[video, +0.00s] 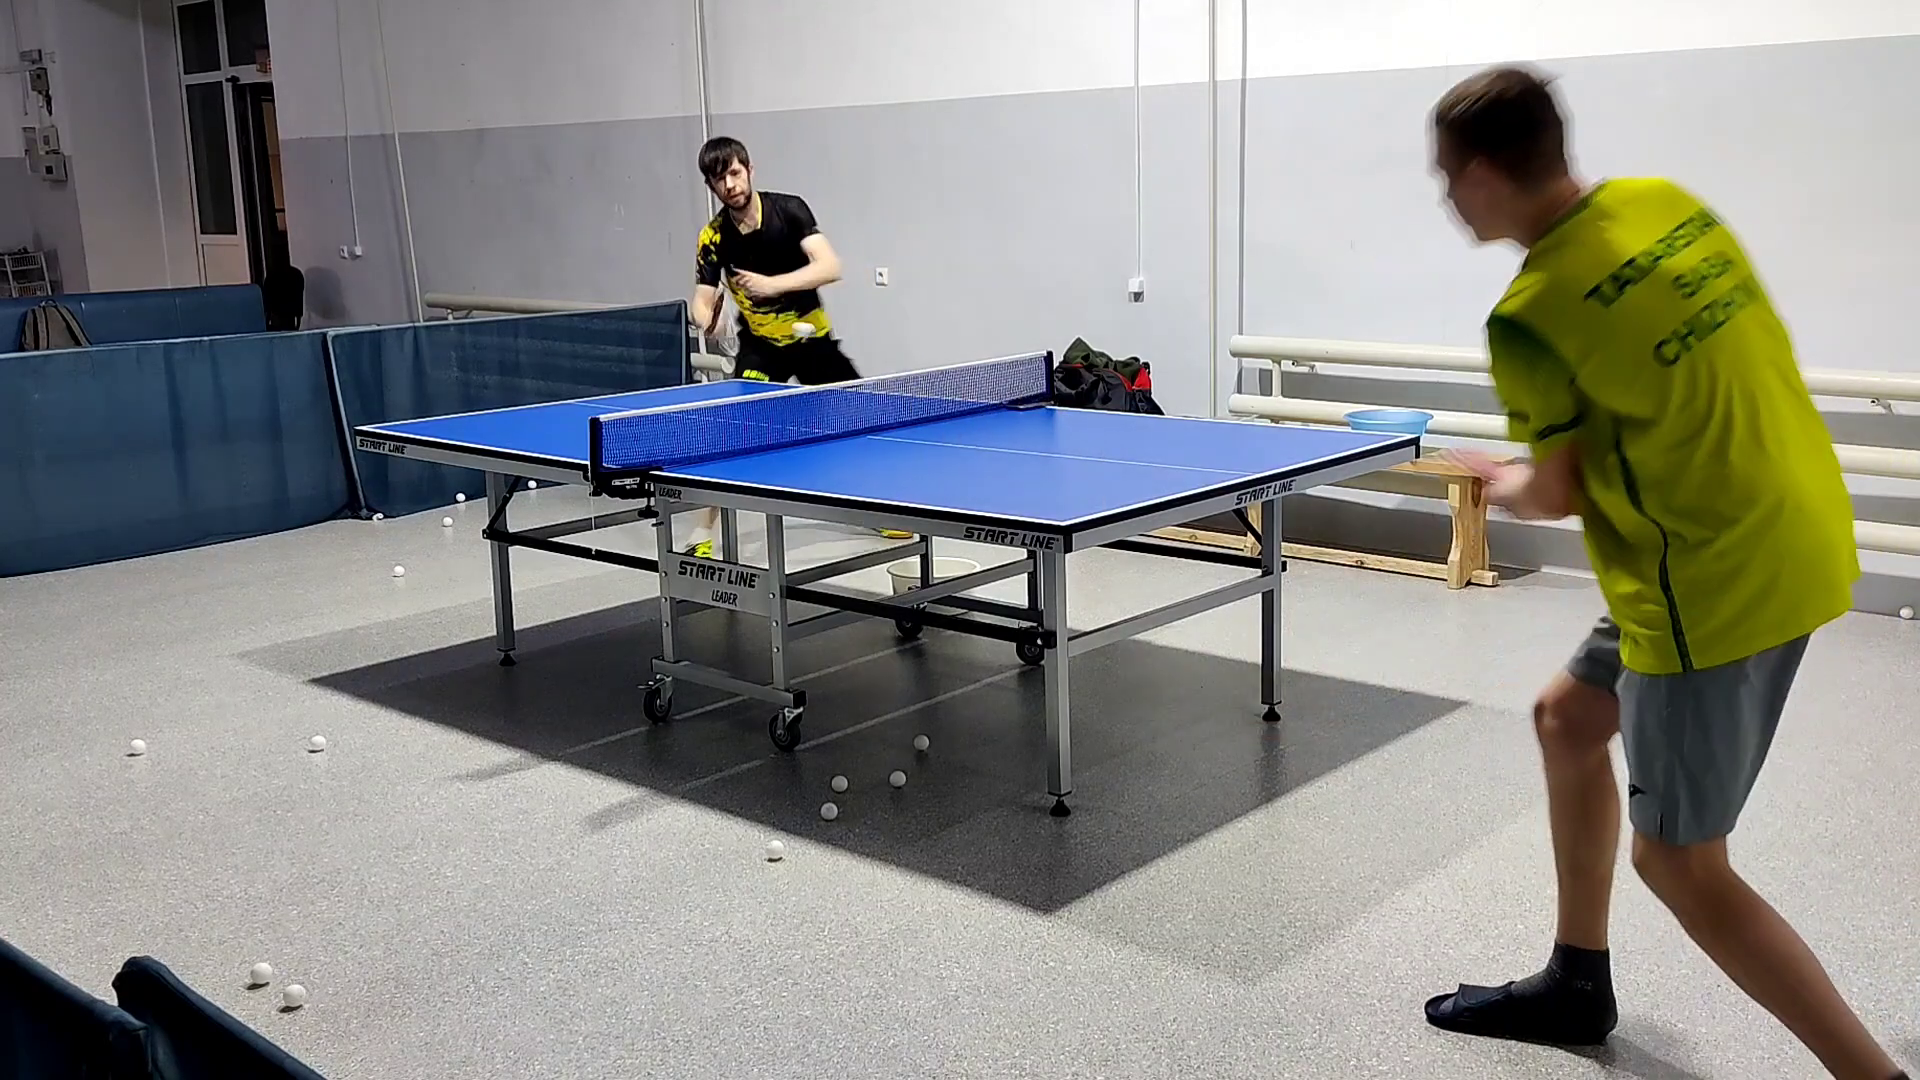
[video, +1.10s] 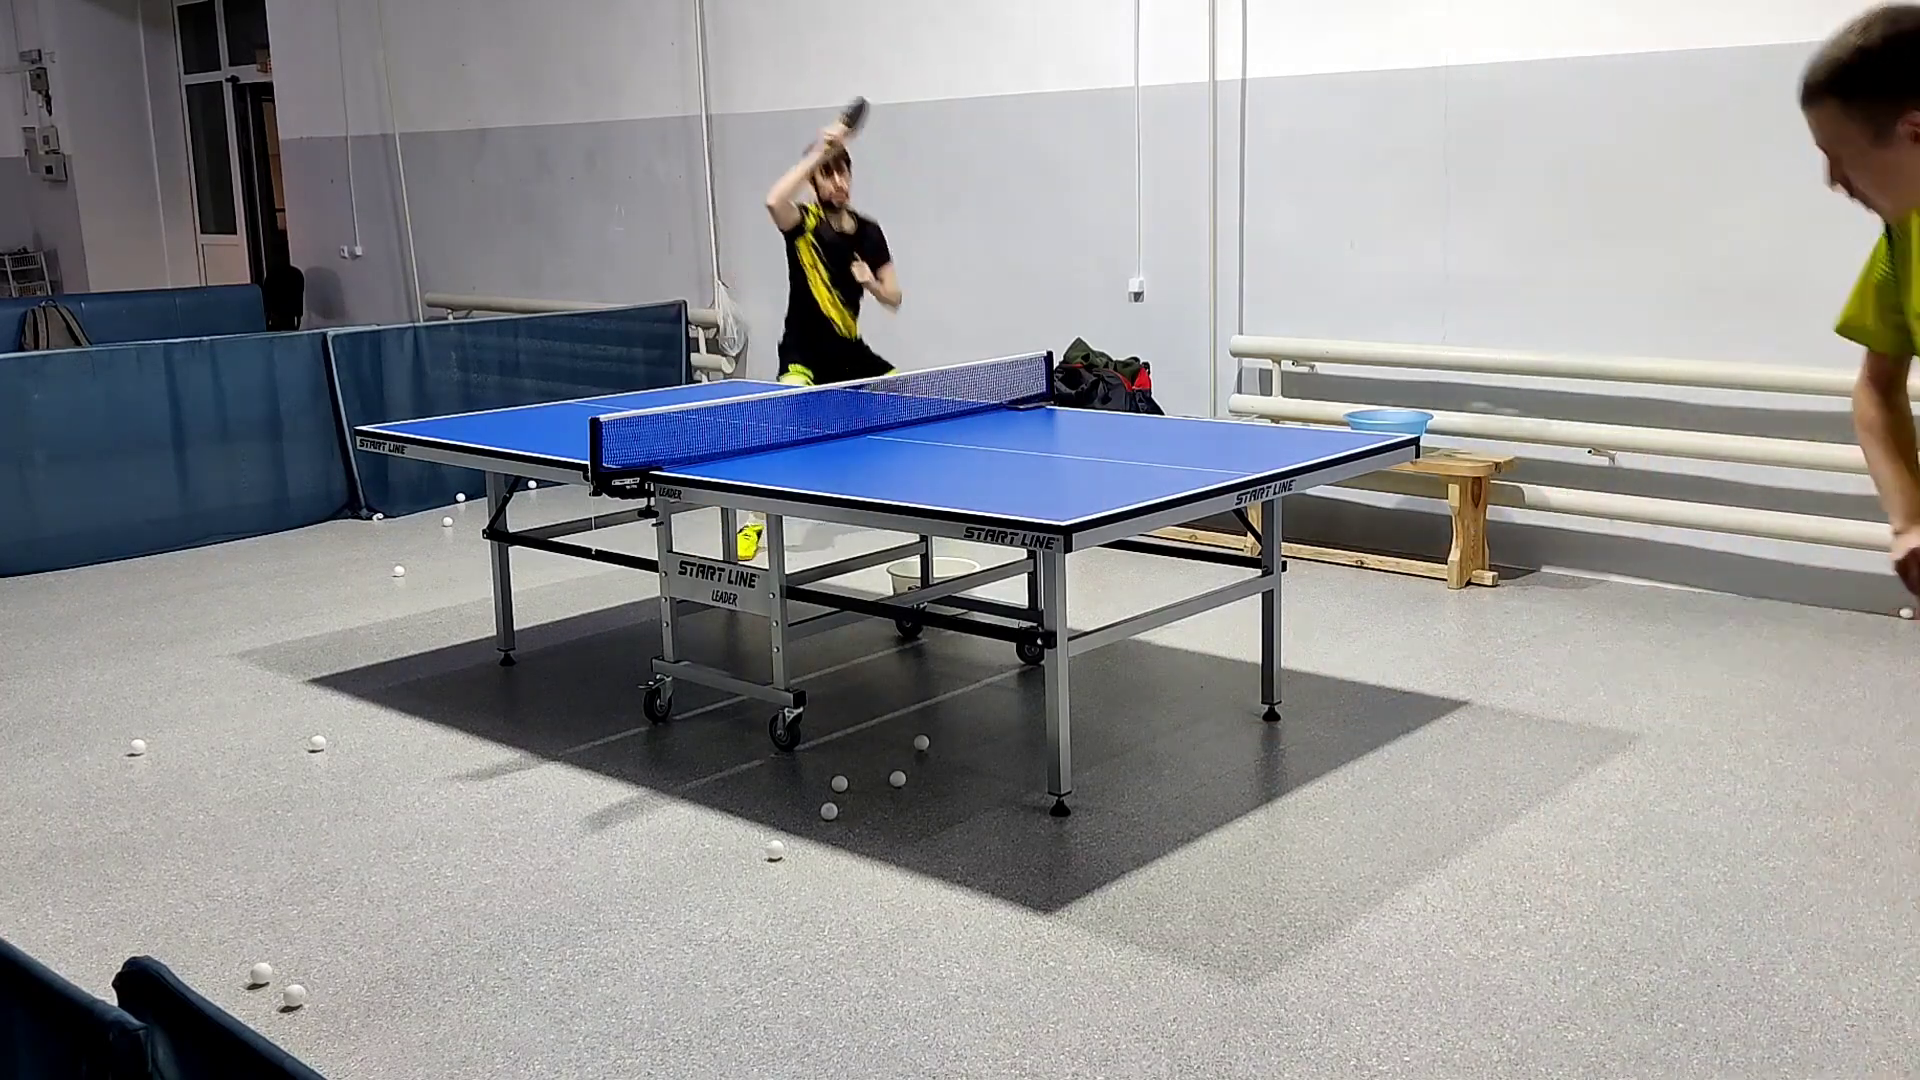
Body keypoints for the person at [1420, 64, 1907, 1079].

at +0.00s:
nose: (1448, 199)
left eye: (1451, 178)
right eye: (1443, 179)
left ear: (1497, 171)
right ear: (1550, 155)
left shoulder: (1532, 312)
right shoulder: (1662, 198)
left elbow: (1557, 496)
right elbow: (1712, 381)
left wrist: (1500, 485)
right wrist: (1577, 463)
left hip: (1713, 596)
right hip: (1796, 535)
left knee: (1677, 862)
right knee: (1569, 718)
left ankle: (1874, 1070)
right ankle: (1577, 981)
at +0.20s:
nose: (1569, 156)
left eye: (1573, 131)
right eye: (1568, 133)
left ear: (1618, 125)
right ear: (1680, 116)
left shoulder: (1643, 272)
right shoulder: (1802, 196)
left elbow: (1651, 515)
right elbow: (1824, 402)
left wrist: (1623, 534)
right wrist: (1663, 510)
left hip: (1757, 599)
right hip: (1867, 563)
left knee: (1703, 871)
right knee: (1619, 736)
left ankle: (1879, 1075)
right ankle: (1578, 984)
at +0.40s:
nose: (1677, 139)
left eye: (1680, 115)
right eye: (1676, 116)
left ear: (1721, 114)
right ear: (1802, 103)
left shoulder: (1755, 270)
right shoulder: (1909, 194)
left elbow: (1725, 517)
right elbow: (1896, 439)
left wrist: (1645, 567)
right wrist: (1797, 573)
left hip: (1848, 628)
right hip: (1916, 603)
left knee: (1755, 884)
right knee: (1727, 745)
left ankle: (1888, 1073)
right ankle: (1646, 982)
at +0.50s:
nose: (1712, 120)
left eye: (1715, 96)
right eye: (1711, 97)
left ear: (1756, 95)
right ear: (1842, 82)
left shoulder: (1798, 257)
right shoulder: (1908, 183)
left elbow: (1767, 511)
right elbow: (1897, 428)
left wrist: (1662, 561)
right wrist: (1818, 538)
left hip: (1874, 625)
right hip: (1901, 584)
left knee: (1777, 867)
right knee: (1780, 731)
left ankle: (1892, 1065)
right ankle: (1786, 1011)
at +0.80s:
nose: (1769, 147)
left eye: (1768, 119)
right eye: (1763, 121)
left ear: (1820, 112)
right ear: (1838, 110)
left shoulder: (1912, 262)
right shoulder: (1900, 244)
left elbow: (1916, 531)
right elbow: (1893, 418)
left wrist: (1747, 635)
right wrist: (1864, 507)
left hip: (1918, 657)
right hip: (1908, 647)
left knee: (1838, 847)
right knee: (1843, 846)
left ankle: (1903, 1064)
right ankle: (1900, 1059)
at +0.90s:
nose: (1783, 150)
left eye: (1787, 124)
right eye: (1779, 125)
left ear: (1846, 115)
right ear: (1853, 114)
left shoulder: (1913, 224)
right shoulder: (1899, 202)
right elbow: (1886, 357)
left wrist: (1852, 606)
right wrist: (1876, 500)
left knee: (1882, 834)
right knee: (1884, 835)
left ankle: (1915, 1066)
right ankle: (1914, 1067)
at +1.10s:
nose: (1834, 183)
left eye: (1838, 156)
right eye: (1827, 158)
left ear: (1911, 131)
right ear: (1908, 134)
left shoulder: (1904, 236)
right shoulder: (1905, 233)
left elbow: (1878, 387)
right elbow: (1879, 386)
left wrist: (1908, 521)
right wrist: (1907, 522)